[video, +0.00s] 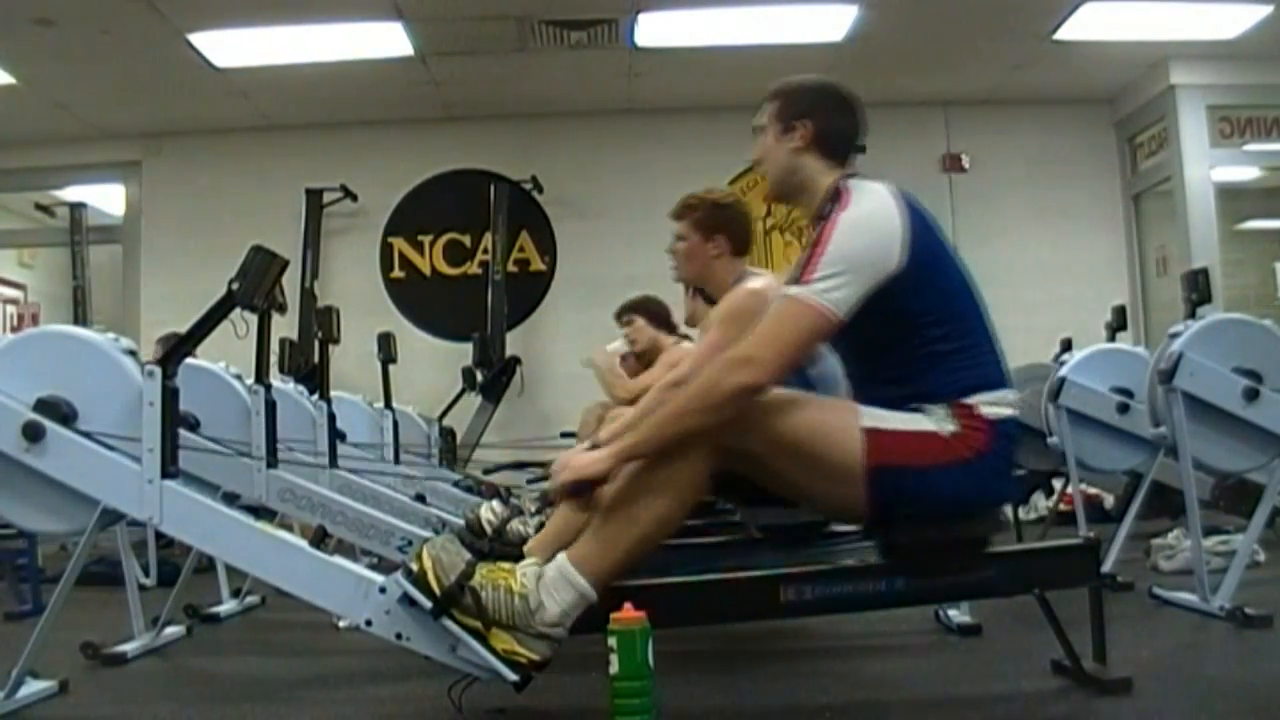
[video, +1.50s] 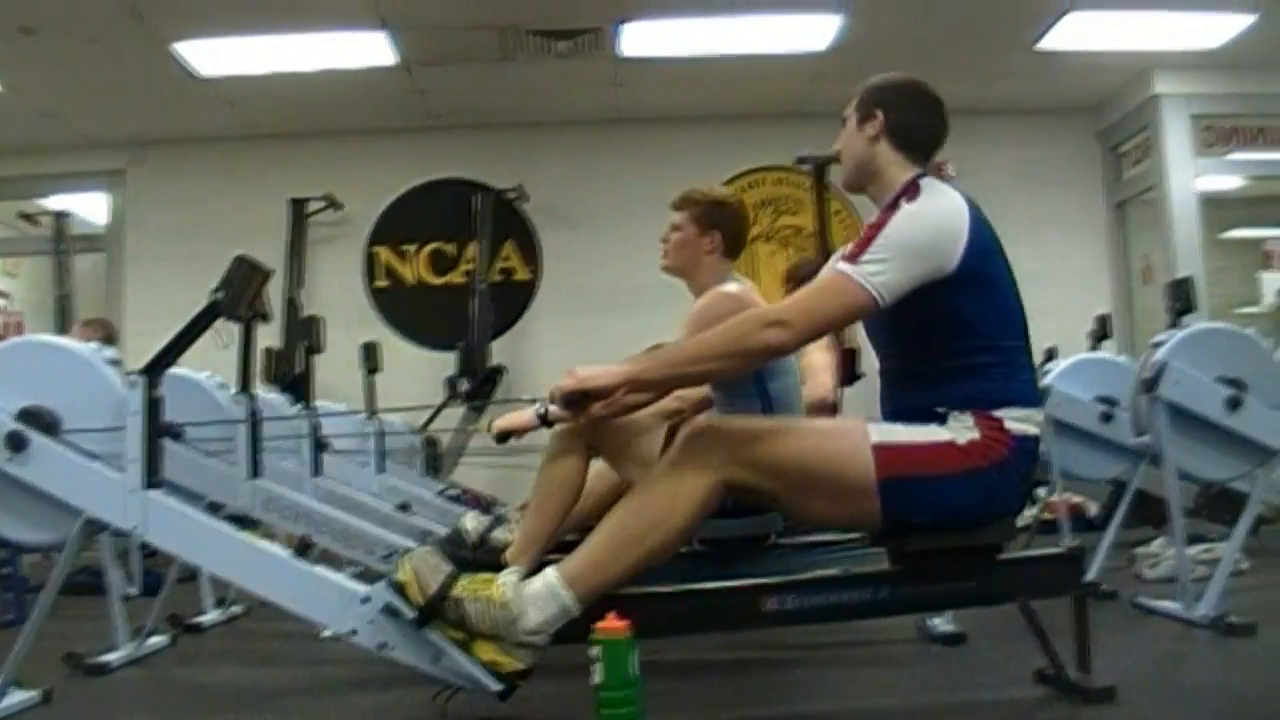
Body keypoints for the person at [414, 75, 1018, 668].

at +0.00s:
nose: (751, 157)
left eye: (760, 135)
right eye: (755, 138)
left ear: (802, 137)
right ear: (806, 138)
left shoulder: (868, 213)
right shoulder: (830, 224)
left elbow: (754, 371)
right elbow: (732, 350)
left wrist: (612, 451)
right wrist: (617, 441)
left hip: (961, 441)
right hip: (912, 430)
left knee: (714, 419)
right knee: (696, 409)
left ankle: (546, 608)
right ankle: (536, 592)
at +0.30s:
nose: (616, 174)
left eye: (622, 157)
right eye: (619, 158)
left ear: (651, 157)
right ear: (678, 162)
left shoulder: (726, 228)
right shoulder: (702, 235)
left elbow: (601, 382)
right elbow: (606, 382)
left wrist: (472, 471)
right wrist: (501, 481)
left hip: (838, 456)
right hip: (803, 451)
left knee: (611, 370)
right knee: (606, 386)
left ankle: (534, 596)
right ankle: (534, 600)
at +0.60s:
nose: (529, 193)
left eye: (531, 175)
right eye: (530, 178)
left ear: (554, 170)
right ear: (596, 169)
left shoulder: (632, 237)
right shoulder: (632, 238)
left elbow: (493, 387)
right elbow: (513, 408)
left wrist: (365, 469)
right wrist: (405, 481)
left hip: (748, 467)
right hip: (742, 463)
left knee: (550, 361)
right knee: (546, 360)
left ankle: (536, 587)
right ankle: (535, 574)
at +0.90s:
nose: (570, 174)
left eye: (576, 156)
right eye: (574, 158)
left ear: (605, 151)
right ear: (631, 158)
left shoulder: (668, 229)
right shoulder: (649, 234)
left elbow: (517, 367)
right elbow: (522, 370)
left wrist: (378, 431)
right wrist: (405, 444)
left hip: (780, 462)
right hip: (751, 456)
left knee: (571, 358)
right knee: (553, 357)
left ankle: (538, 586)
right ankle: (532, 568)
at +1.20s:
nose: (711, 144)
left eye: (721, 127)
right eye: (716, 128)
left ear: (754, 130)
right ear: (765, 135)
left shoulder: (811, 214)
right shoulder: (785, 218)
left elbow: (663, 343)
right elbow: (659, 339)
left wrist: (509, 398)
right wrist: (517, 399)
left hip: (891, 447)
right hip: (848, 437)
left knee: (654, 381)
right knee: (635, 382)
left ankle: (547, 591)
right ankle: (541, 579)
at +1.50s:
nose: (834, 145)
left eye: (843, 125)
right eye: (840, 128)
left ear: (876, 126)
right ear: (889, 131)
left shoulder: (928, 213)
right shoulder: (898, 220)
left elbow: (781, 325)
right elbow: (779, 321)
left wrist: (628, 375)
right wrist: (642, 387)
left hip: (977, 448)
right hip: (937, 441)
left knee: (716, 443)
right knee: (703, 443)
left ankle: (534, 611)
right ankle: (528, 605)